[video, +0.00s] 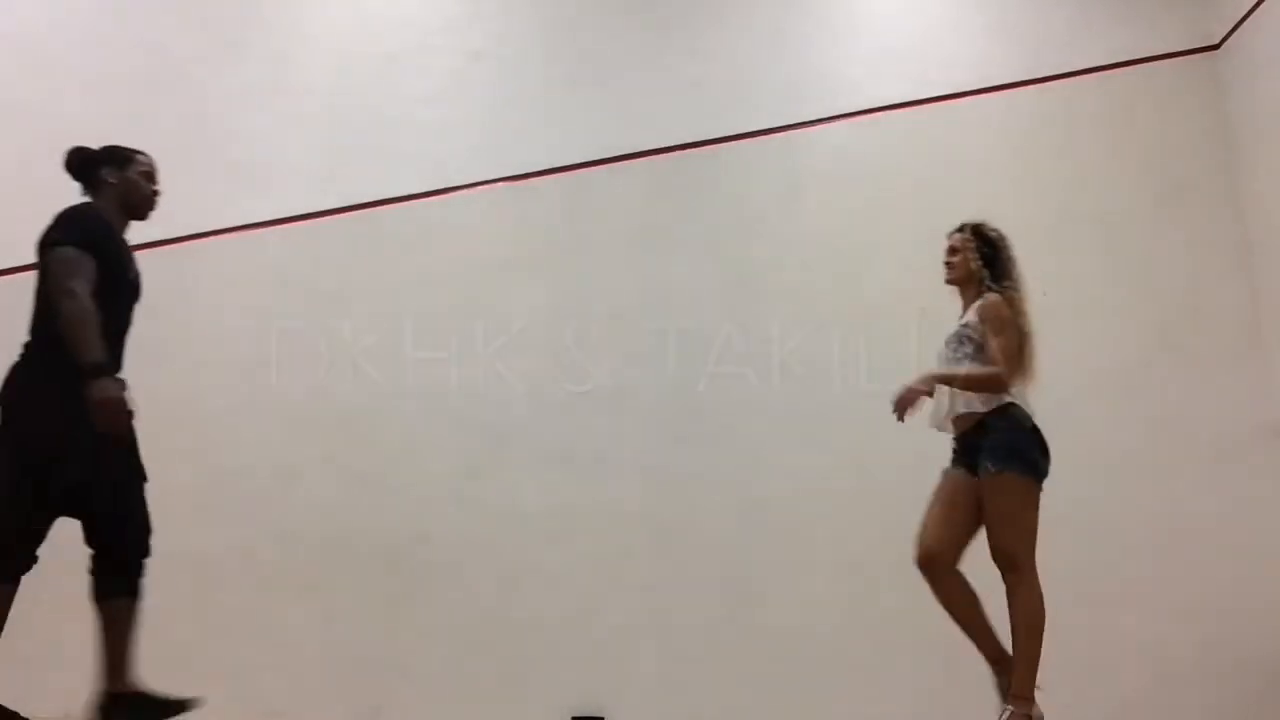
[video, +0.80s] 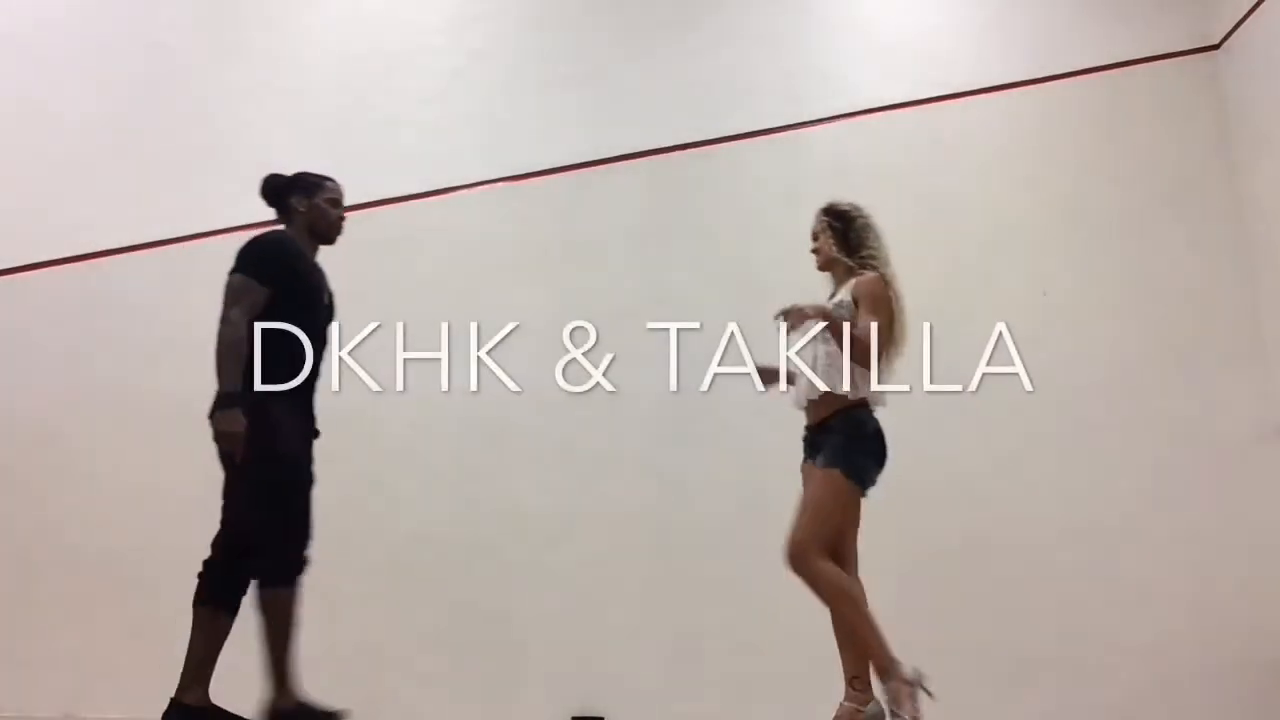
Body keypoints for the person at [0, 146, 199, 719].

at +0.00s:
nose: (156, 190)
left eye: (156, 181)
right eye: (147, 177)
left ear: (117, 181)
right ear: (111, 176)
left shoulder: (107, 240)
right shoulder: (80, 224)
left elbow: (82, 318)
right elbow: (69, 296)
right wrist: (100, 377)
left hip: (86, 409)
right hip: (51, 407)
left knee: (123, 539)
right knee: (13, 547)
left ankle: (119, 686)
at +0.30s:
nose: (237, 202)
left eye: (236, 193)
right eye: (227, 191)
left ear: (199, 196)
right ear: (194, 193)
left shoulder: (196, 254)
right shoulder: (169, 235)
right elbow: (149, 306)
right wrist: (190, 382)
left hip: (175, 421)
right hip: (140, 418)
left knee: (180, 560)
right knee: (80, 547)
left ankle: (187, 696)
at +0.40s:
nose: (262, 200)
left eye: (261, 192)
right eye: (252, 190)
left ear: (224, 199)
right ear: (220, 194)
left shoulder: (226, 257)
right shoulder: (195, 238)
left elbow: (215, 344)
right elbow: (175, 309)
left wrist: (223, 408)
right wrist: (193, 389)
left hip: (211, 419)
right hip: (167, 414)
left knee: (194, 557)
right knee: (133, 543)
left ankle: (189, 697)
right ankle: (12, 656)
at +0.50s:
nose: (285, 202)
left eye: (283, 194)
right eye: (276, 192)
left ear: (249, 201)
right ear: (244, 197)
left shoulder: (248, 258)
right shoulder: (217, 242)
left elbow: (238, 345)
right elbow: (192, 311)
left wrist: (248, 414)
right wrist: (197, 393)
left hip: (232, 421)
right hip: (197, 415)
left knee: (209, 552)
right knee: (183, 541)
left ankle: (189, 697)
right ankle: (52, 653)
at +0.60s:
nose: (306, 208)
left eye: (306, 200)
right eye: (297, 197)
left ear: (271, 202)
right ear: (263, 199)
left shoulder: (270, 259)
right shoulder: (237, 243)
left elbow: (253, 342)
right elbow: (204, 314)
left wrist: (266, 410)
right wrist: (205, 396)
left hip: (253, 418)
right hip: (224, 414)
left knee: (224, 554)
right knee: (213, 548)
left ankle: (190, 697)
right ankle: (117, 676)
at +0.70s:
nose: (324, 210)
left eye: (324, 202)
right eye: (314, 200)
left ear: (289, 205)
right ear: (280, 202)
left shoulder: (289, 265)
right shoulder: (253, 245)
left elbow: (273, 344)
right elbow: (218, 316)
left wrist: (283, 410)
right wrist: (214, 397)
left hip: (268, 420)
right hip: (245, 417)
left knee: (243, 547)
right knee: (238, 546)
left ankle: (198, 690)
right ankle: (193, 692)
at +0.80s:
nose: (342, 215)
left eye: (342, 207)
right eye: (333, 204)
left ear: (307, 209)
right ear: (298, 205)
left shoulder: (306, 269)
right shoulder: (270, 248)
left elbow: (292, 354)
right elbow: (234, 320)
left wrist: (302, 423)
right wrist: (228, 402)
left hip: (286, 429)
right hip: (264, 426)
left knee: (238, 555)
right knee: (276, 555)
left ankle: (191, 694)